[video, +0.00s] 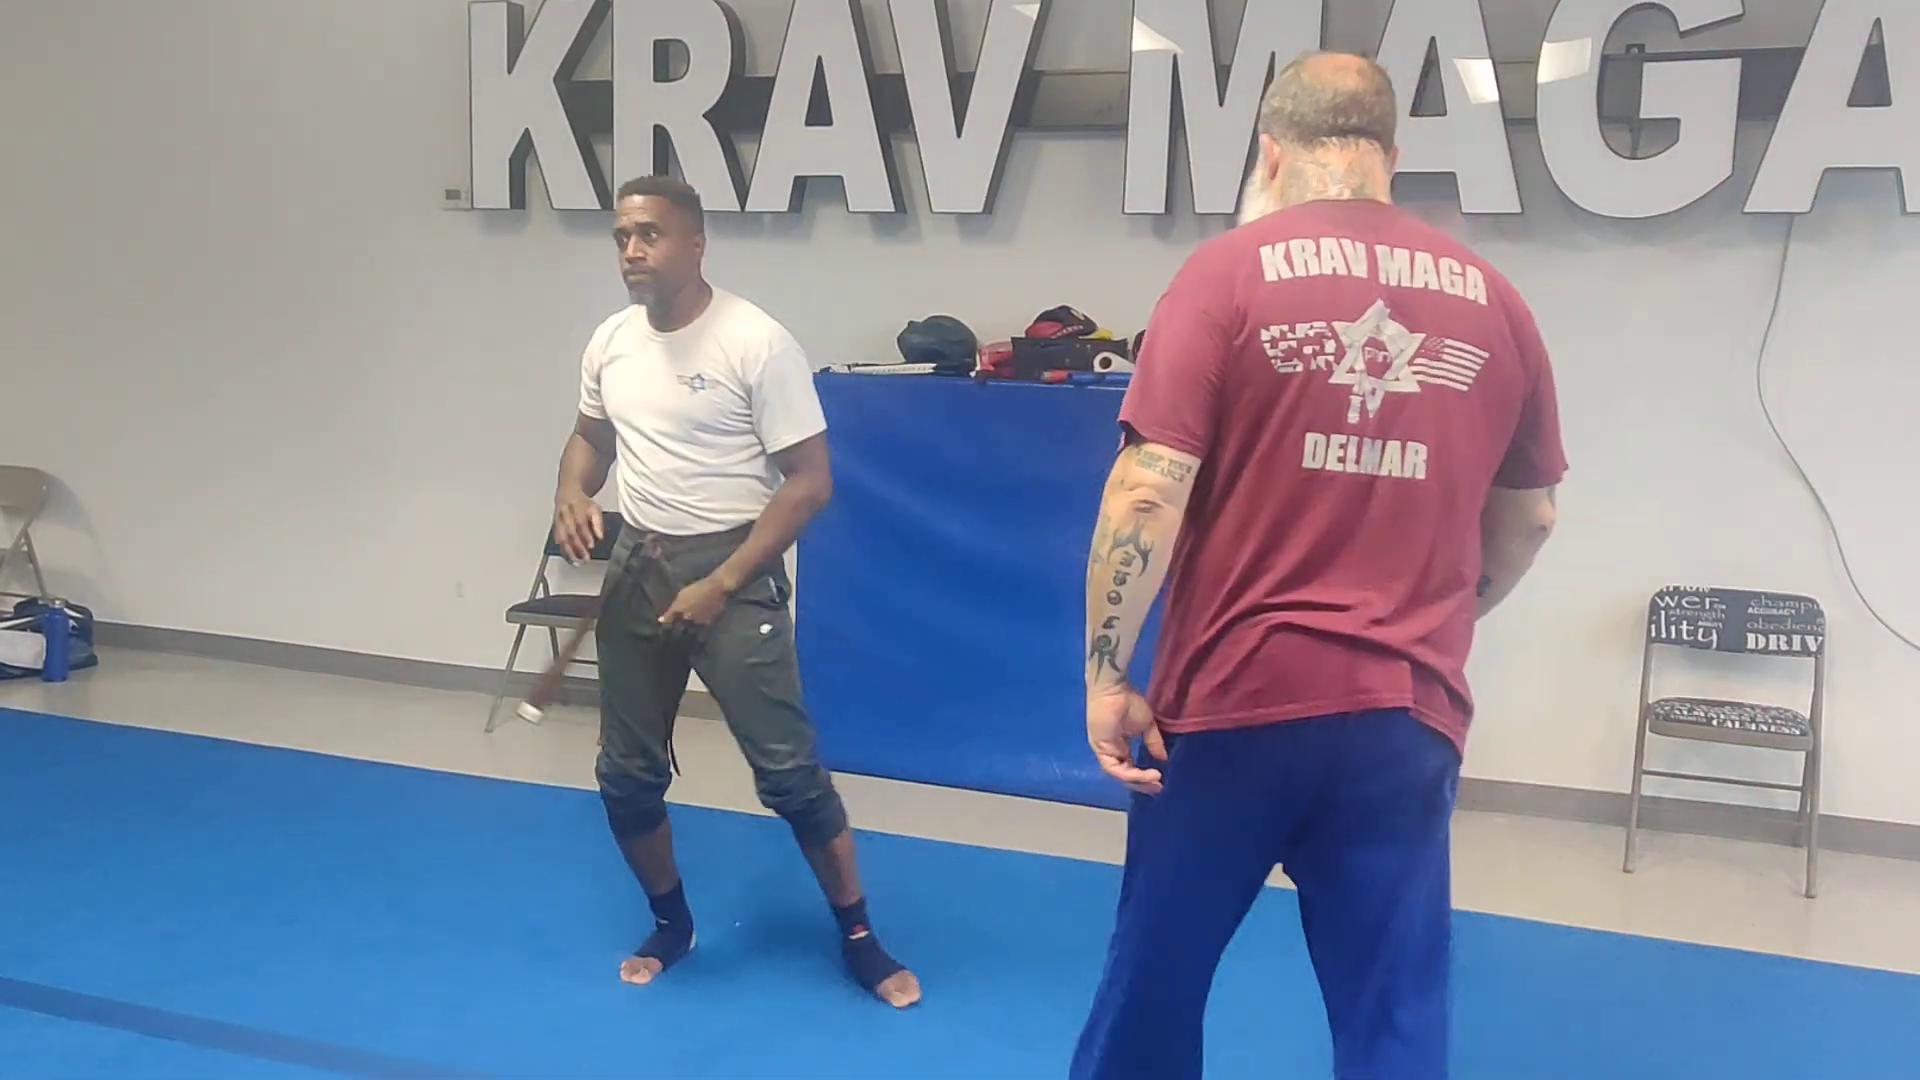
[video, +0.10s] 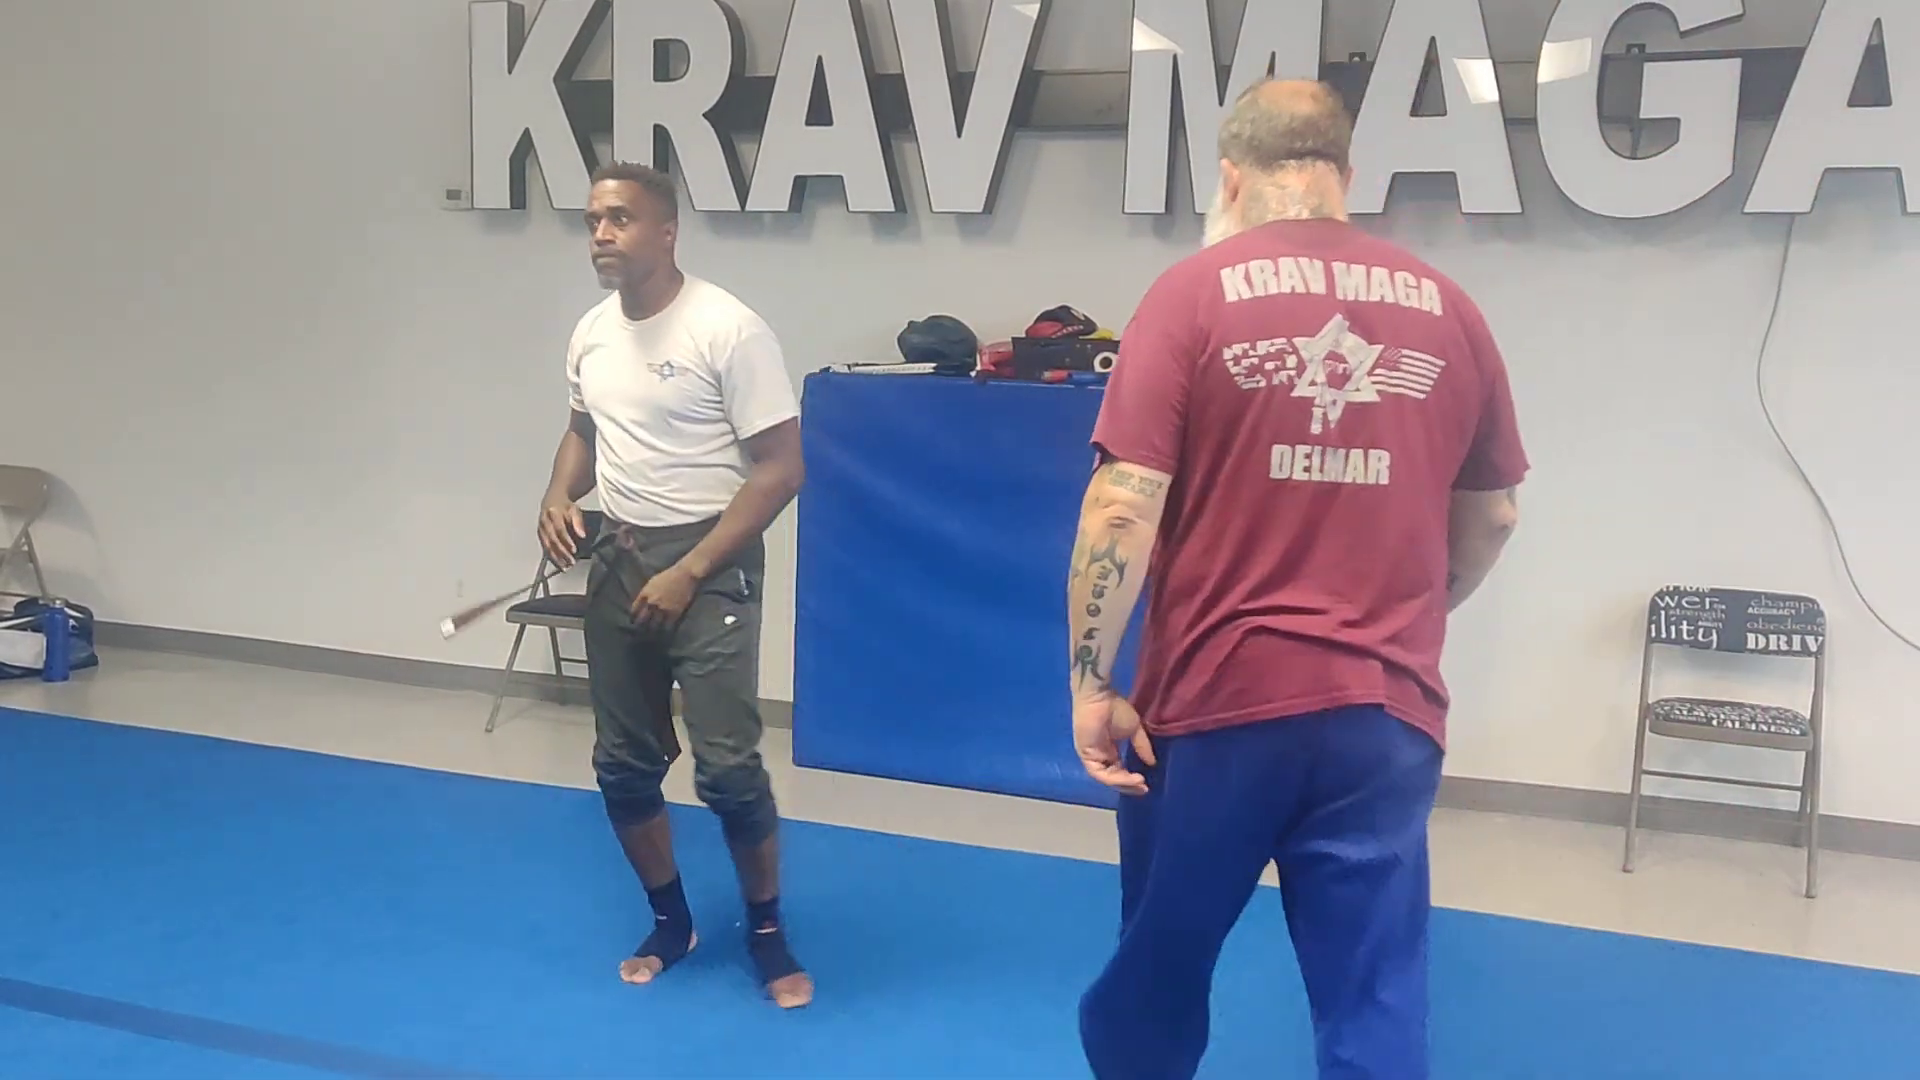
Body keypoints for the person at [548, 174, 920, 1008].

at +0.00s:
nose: (630, 251)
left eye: (648, 235)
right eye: (621, 237)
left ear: (695, 243)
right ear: (616, 250)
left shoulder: (758, 343)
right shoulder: (613, 340)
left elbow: (811, 481)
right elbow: (589, 438)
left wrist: (724, 580)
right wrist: (571, 490)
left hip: (736, 574)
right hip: (637, 570)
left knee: (793, 779)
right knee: (626, 778)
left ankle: (859, 937)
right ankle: (671, 922)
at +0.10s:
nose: (600, 235)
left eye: (620, 219)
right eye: (593, 221)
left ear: (670, 231)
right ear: (590, 236)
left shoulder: (730, 329)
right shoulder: (592, 330)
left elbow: (782, 468)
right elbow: (583, 432)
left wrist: (690, 569)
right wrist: (559, 495)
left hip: (712, 568)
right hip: (616, 561)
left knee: (729, 771)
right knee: (624, 766)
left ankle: (767, 937)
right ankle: (670, 923)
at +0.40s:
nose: (521, 226)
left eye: (540, 210)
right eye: (517, 212)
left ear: (595, 223)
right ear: (518, 229)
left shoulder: (655, 326)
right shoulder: (535, 331)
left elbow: (700, 474)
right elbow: (547, 446)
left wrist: (600, 578)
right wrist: (520, 519)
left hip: (634, 569)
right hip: (560, 562)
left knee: (557, 771)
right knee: (611, 756)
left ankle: (500, 968)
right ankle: (671, 918)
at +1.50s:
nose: (388, 178)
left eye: (402, 159)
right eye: (362, 163)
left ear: (421, 174)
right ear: (322, 183)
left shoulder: (475, 296)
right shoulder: (269, 311)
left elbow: (511, 444)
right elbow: (208, 478)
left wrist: (572, 564)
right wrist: (192, 648)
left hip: (467, 569)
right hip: (341, 571)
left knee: (475, 804)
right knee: (315, 817)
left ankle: (472, 973)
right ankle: (319, 1047)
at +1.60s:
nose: (395, 178)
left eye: (405, 160)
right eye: (367, 164)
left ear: (420, 173)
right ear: (318, 184)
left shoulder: (459, 292)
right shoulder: (267, 312)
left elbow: (494, 439)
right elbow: (217, 487)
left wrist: (560, 560)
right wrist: (190, 660)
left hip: (459, 569)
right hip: (339, 571)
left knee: (496, 809)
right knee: (314, 820)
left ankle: (472, 964)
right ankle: (319, 1050)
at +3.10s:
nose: (534, 191)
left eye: (531, 173)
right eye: (507, 174)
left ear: (528, 187)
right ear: (439, 193)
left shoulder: (520, 307)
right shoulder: (367, 309)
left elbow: (513, 471)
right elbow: (337, 498)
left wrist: (537, 608)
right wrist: (363, 672)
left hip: (505, 570)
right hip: (409, 564)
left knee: (527, 796)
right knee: (383, 820)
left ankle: (507, 995)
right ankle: (367, 1062)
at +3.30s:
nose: (518, 190)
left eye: (517, 172)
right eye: (491, 174)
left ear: (513, 184)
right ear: (424, 192)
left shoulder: (510, 306)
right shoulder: (353, 308)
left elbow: (500, 473)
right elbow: (331, 502)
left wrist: (531, 612)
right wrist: (374, 676)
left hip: (497, 573)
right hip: (394, 566)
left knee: (557, 790)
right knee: (372, 821)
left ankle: (516, 986)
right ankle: (363, 1063)